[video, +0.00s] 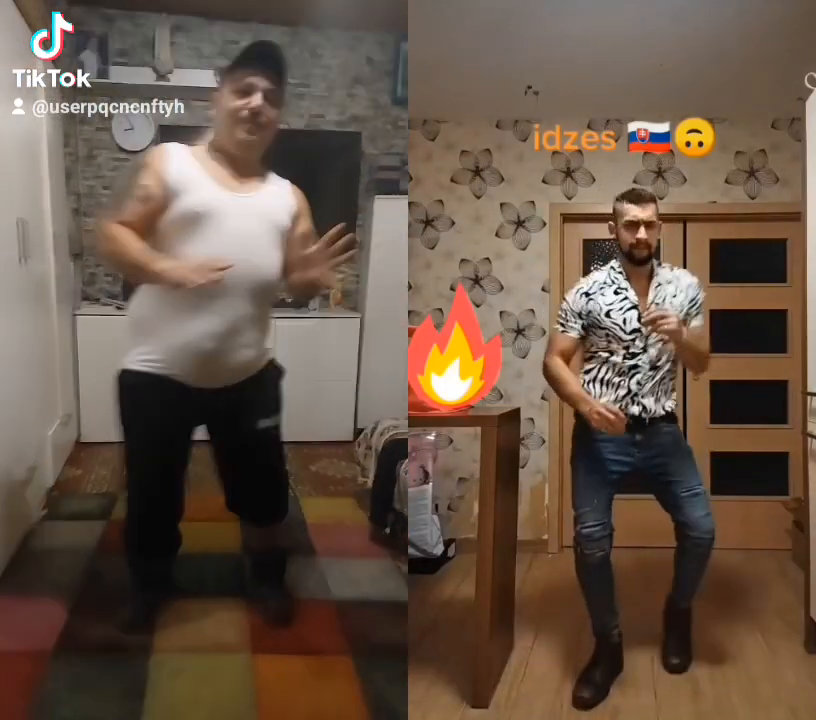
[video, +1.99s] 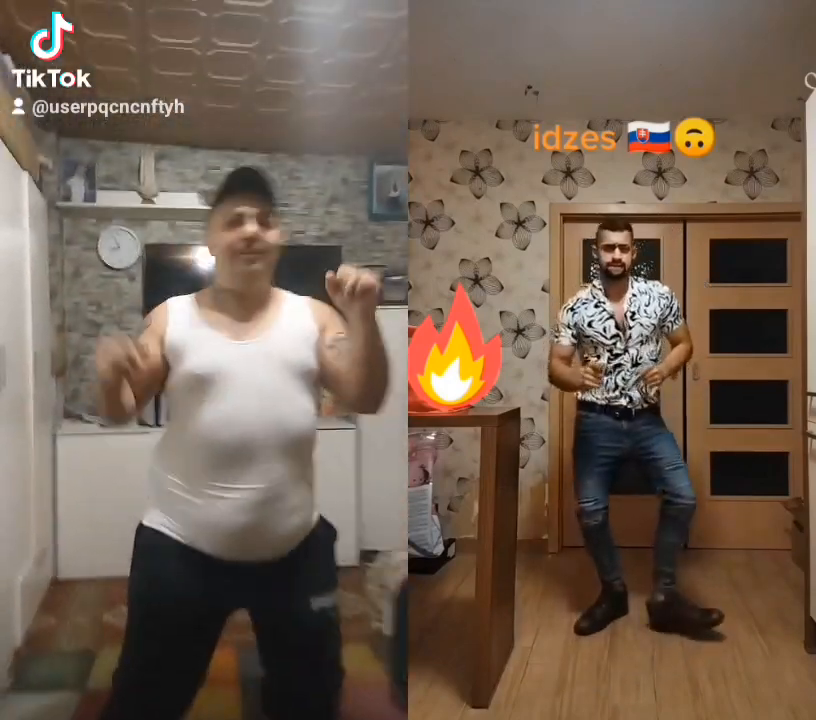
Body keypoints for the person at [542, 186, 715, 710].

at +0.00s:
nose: (641, 234)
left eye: (649, 225)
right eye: (631, 226)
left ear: (660, 229)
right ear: (614, 230)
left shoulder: (682, 285)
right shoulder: (588, 292)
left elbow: (701, 363)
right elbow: (555, 361)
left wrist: (680, 336)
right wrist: (584, 403)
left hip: (661, 434)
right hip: (599, 436)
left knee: (701, 531)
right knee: (590, 543)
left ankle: (679, 614)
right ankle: (607, 648)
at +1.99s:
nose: (616, 255)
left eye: (624, 248)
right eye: (609, 248)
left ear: (634, 252)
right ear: (596, 252)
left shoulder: (658, 296)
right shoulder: (577, 306)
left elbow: (684, 344)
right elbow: (556, 366)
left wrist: (665, 368)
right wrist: (577, 377)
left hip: (648, 421)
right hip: (598, 423)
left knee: (681, 499)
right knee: (590, 510)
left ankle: (664, 598)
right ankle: (613, 595)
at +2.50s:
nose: (640, 257)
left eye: (646, 249)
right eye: (632, 250)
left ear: (656, 252)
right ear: (621, 254)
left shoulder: (682, 289)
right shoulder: (606, 304)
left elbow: (705, 347)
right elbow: (581, 358)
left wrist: (676, 335)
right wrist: (593, 382)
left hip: (666, 416)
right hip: (617, 415)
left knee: (688, 502)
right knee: (606, 501)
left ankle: (680, 578)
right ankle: (614, 592)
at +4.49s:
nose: (613, 277)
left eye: (618, 271)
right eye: (607, 270)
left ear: (624, 272)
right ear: (591, 271)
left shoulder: (643, 304)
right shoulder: (575, 317)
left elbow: (662, 356)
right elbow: (556, 367)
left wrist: (645, 346)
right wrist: (567, 388)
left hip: (638, 414)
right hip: (596, 414)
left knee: (664, 483)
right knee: (593, 490)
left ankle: (660, 581)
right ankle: (606, 570)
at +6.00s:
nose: (661, 270)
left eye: (667, 264)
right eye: (655, 265)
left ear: (678, 268)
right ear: (646, 271)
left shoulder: (697, 312)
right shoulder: (626, 310)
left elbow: (719, 365)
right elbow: (603, 356)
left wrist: (703, 349)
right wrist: (611, 375)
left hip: (679, 413)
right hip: (633, 411)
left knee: (686, 487)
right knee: (605, 478)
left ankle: (673, 563)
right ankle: (624, 569)